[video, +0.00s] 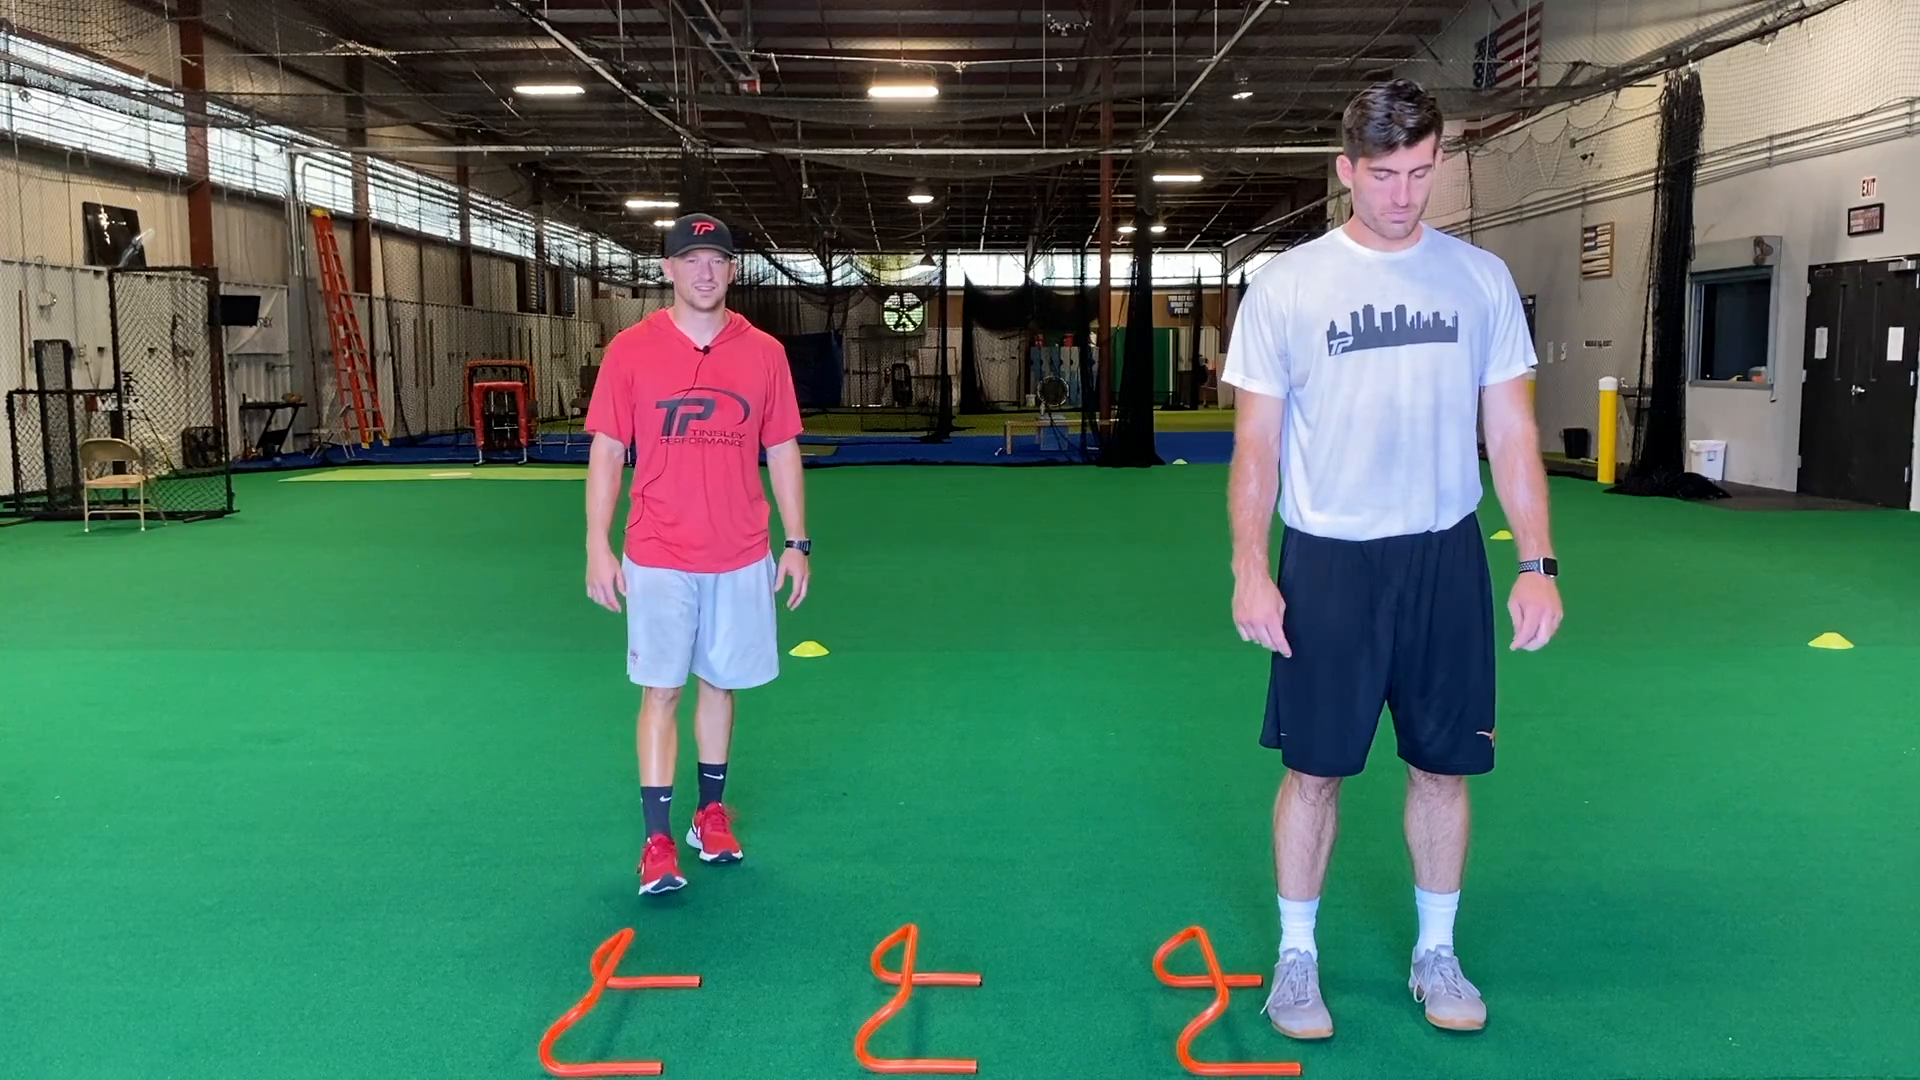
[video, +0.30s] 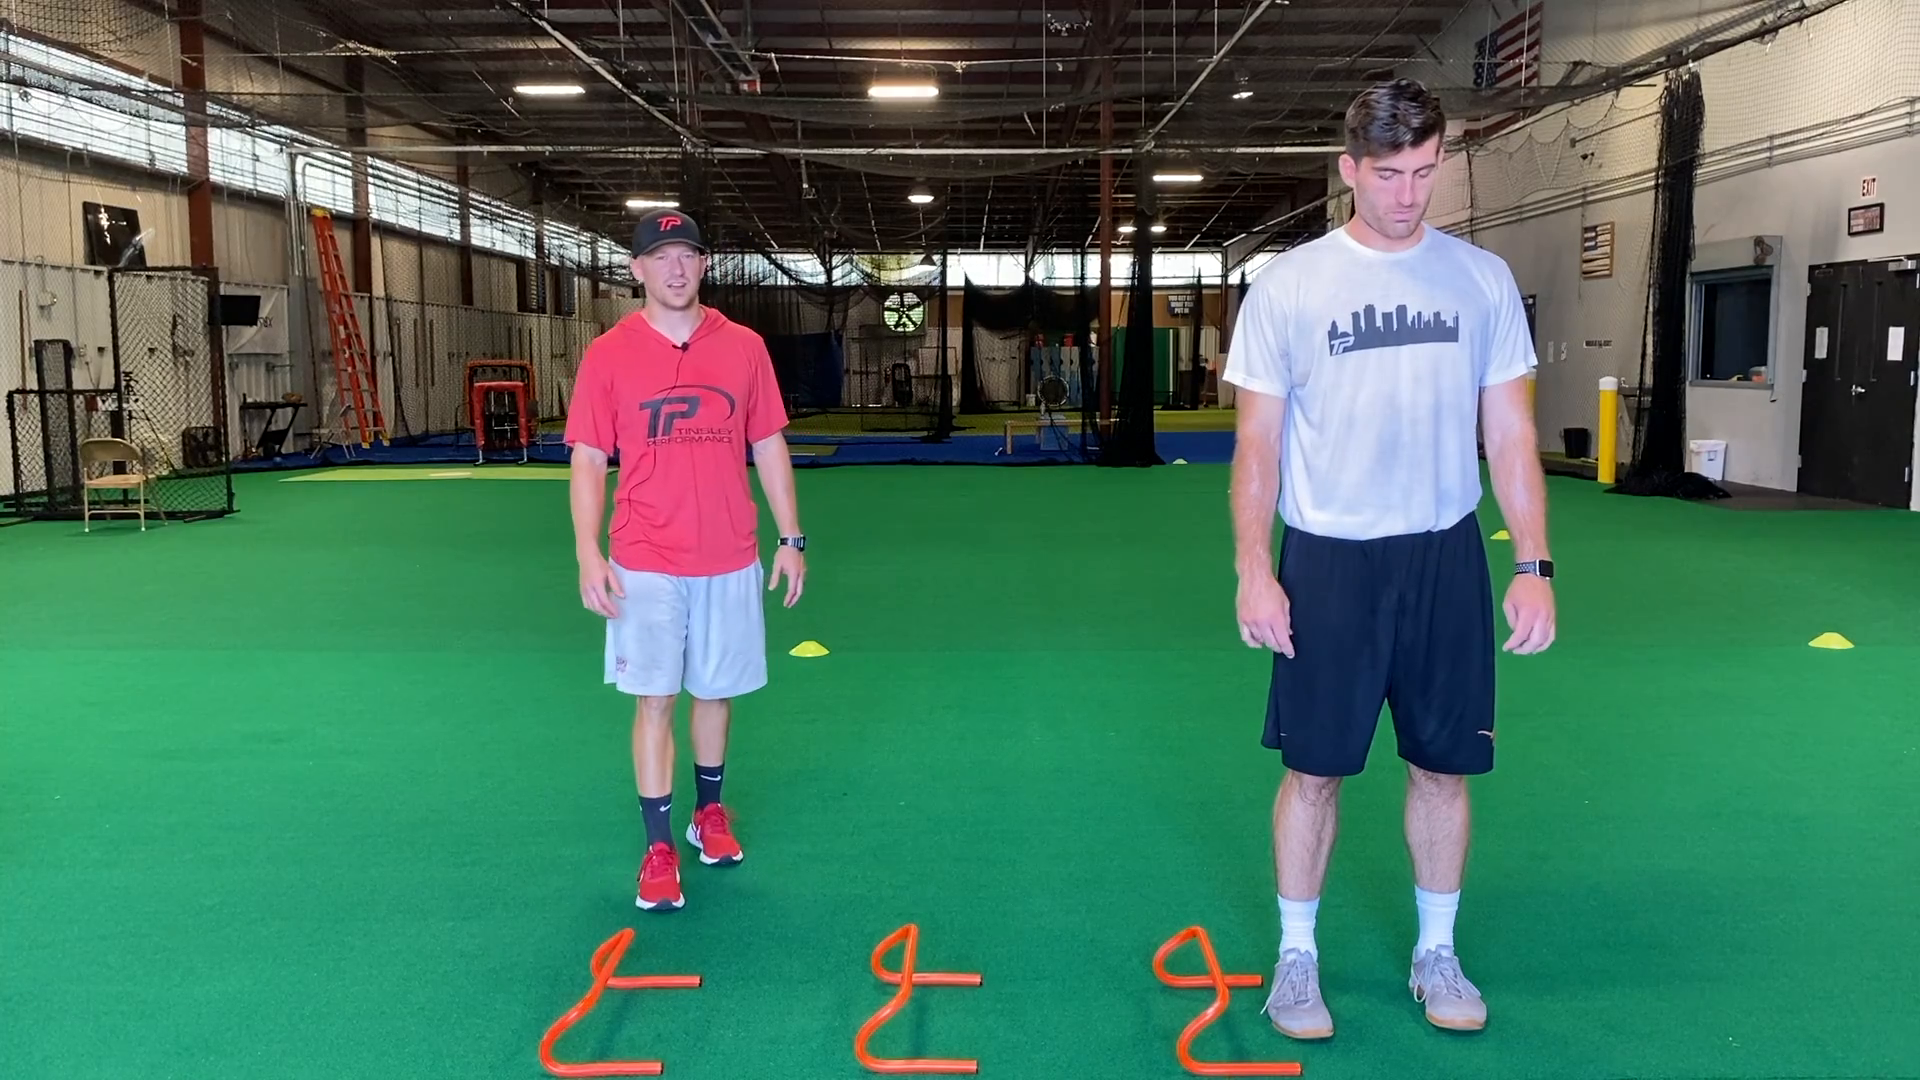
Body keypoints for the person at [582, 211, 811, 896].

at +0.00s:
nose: (705, 271)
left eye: (716, 259)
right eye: (691, 259)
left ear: (732, 268)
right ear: (668, 268)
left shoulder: (764, 353)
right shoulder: (631, 350)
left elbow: (783, 450)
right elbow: (606, 453)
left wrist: (796, 540)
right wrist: (598, 544)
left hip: (739, 552)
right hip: (659, 553)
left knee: (719, 684)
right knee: (662, 690)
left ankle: (711, 812)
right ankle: (658, 838)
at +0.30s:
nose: (678, 268)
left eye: (687, 255)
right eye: (662, 258)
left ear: (704, 264)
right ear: (638, 270)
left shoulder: (742, 346)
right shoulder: (608, 355)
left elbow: (769, 443)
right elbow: (588, 459)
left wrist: (790, 535)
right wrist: (588, 551)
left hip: (728, 556)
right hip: (646, 559)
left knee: (714, 690)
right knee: (656, 697)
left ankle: (710, 810)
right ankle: (659, 845)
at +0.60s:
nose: (656, 264)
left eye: (666, 252)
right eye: (641, 254)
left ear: (682, 263)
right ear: (614, 267)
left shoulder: (722, 345)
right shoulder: (588, 358)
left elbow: (752, 441)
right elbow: (574, 470)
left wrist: (775, 524)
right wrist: (585, 567)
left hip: (720, 561)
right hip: (633, 568)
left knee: (728, 692)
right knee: (647, 700)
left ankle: (714, 805)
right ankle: (658, 846)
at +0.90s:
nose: (650, 263)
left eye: (659, 251)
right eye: (633, 254)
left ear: (673, 262)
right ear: (605, 267)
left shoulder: (711, 343)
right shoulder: (578, 361)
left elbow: (739, 437)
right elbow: (565, 475)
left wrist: (755, 505)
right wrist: (586, 571)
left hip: (719, 564)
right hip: (634, 575)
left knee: (734, 693)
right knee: (645, 707)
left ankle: (714, 817)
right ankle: (658, 848)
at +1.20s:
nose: (662, 271)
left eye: (669, 257)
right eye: (645, 260)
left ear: (680, 264)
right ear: (611, 269)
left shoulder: (714, 340)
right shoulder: (586, 365)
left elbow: (743, 429)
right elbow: (571, 475)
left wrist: (759, 486)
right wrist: (608, 568)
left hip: (729, 564)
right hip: (646, 576)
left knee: (749, 694)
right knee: (649, 709)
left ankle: (744, 829)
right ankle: (659, 849)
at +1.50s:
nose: (700, 278)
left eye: (704, 264)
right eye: (684, 267)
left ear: (712, 267)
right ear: (645, 275)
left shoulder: (745, 344)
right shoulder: (616, 364)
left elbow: (772, 430)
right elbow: (597, 470)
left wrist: (792, 473)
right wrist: (661, 524)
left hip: (751, 563)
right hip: (665, 572)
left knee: (778, 695)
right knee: (660, 706)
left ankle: (808, 835)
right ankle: (661, 850)